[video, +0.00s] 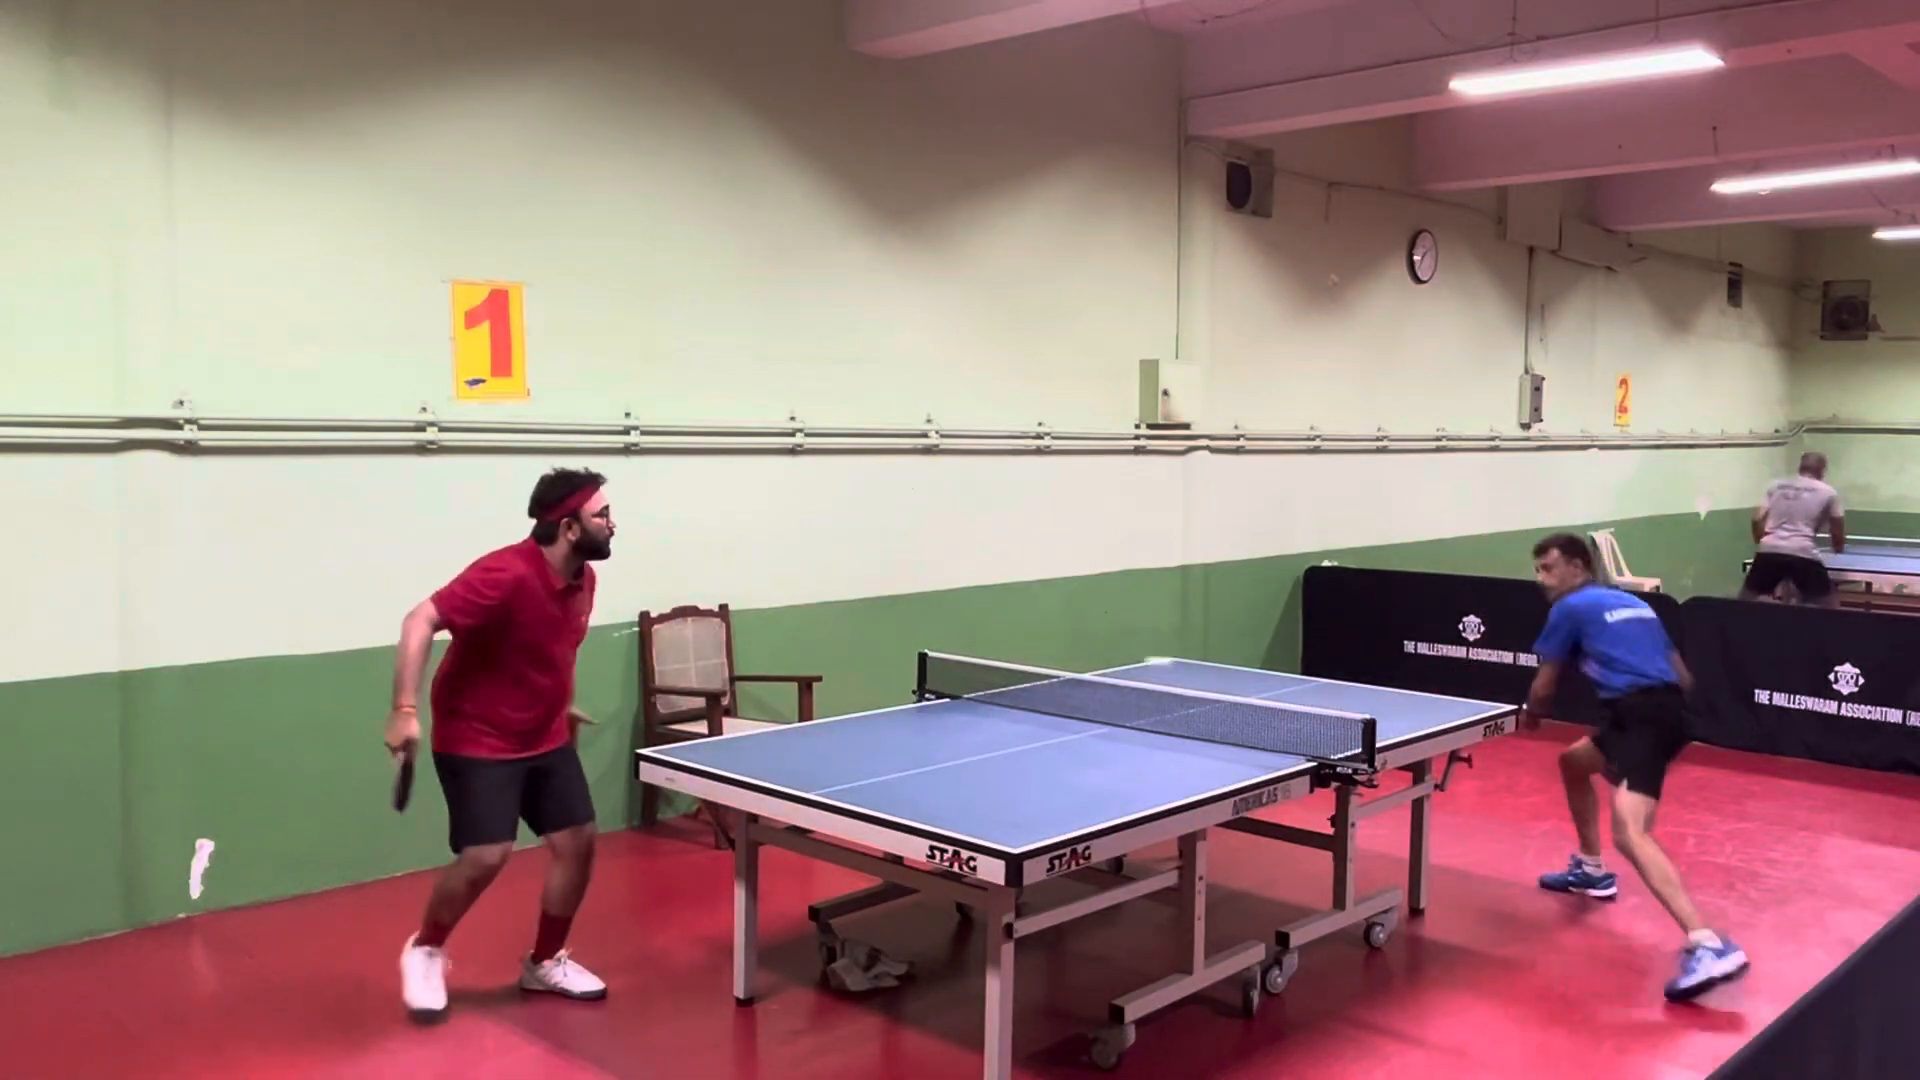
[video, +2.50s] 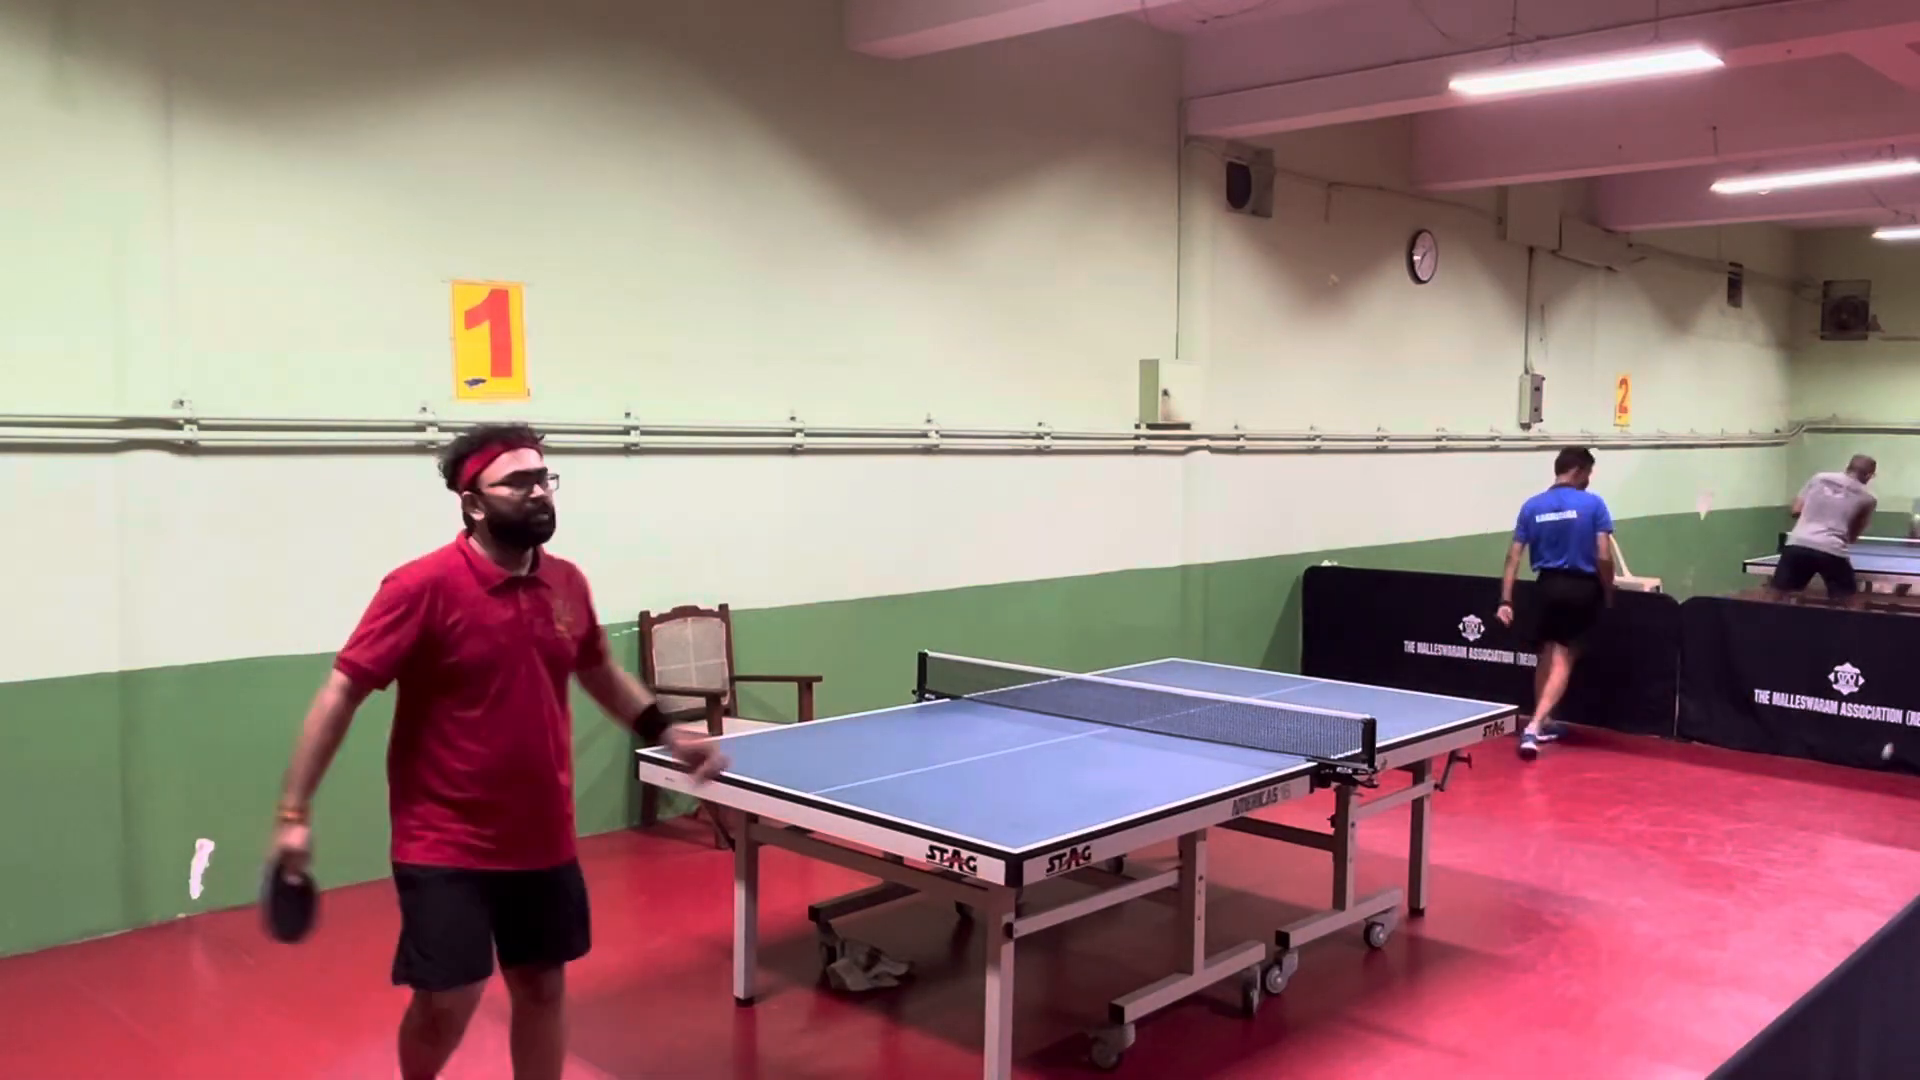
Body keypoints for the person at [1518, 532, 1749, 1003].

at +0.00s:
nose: (1541, 578)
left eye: (1547, 568)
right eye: (1539, 569)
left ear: (1576, 566)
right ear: (1583, 570)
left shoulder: (1570, 607)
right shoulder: (1633, 601)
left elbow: (1543, 690)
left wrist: (1533, 714)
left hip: (1640, 711)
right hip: (1670, 708)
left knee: (1629, 834)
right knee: (1574, 762)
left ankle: (1707, 945)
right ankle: (1591, 866)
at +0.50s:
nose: (1659, 558)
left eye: (1664, 548)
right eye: (1660, 548)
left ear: (1685, 552)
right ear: (1702, 555)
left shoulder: (1684, 605)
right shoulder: (1719, 603)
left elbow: (1651, 678)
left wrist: (1609, 717)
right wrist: (1643, 593)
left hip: (1672, 730)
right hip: (1697, 728)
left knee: (1630, 865)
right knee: (1646, 793)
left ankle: (1726, 967)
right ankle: (1661, 873)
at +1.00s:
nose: (1622, 566)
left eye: (1629, 558)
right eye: (1624, 558)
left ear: (1656, 565)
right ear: (1659, 567)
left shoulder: (1662, 612)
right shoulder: (1689, 603)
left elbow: (1650, 694)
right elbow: (1684, 681)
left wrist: (1630, 718)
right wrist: (1649, 718)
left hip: (1720, 723)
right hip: (1710, 717)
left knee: (1679, 833)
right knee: (1641, 763)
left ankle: (1763, 937)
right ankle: (1672, 856)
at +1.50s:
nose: (1528, 545)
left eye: (1524, 539)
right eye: (1523, 541)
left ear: (1528, 527)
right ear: (1549, 514)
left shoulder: (1549, 532)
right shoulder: (1579, 530)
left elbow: (1591, 559)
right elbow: (1535, 591)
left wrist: (1619, 599)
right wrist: (1481, 606)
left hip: (1602, 607)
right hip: (1646, 604)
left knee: (1562, 695)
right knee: (1648, 704)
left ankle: (1563, 789)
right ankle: (1679, 794)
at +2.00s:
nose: (1513, 504)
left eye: (1509, 500)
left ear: (1510, 496)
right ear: (1537, 486)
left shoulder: (1516, 513)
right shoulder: (1573, 512)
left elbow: (1503, 562)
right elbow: (1585, 562)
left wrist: (1481, 555)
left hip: (1539, 601)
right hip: (1576, 602)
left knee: (1505, 681)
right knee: (1549, 667)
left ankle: (1519, 747)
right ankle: (1535, 738)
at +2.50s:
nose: (1590, 480)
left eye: (1589, 474)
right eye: (1589, 474)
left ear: (1559, 472)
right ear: (1580, 472)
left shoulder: (1532, 505)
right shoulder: (1594, 503)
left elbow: (1514, 556)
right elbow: (1603, 555)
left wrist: (1505, 601)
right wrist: (1608, 589)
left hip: (1546, 587)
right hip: (1583, 587)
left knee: (1546, 655)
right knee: (1562, 657)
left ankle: (1541, 722)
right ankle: (1533, 727)